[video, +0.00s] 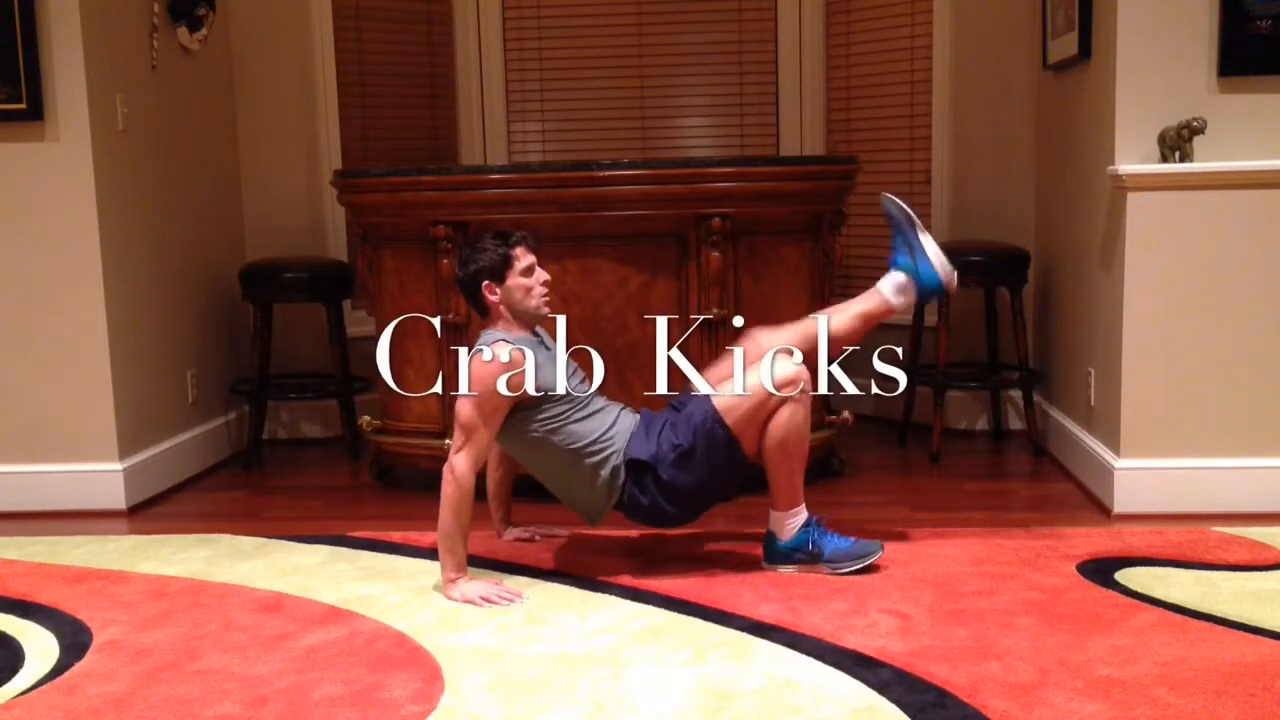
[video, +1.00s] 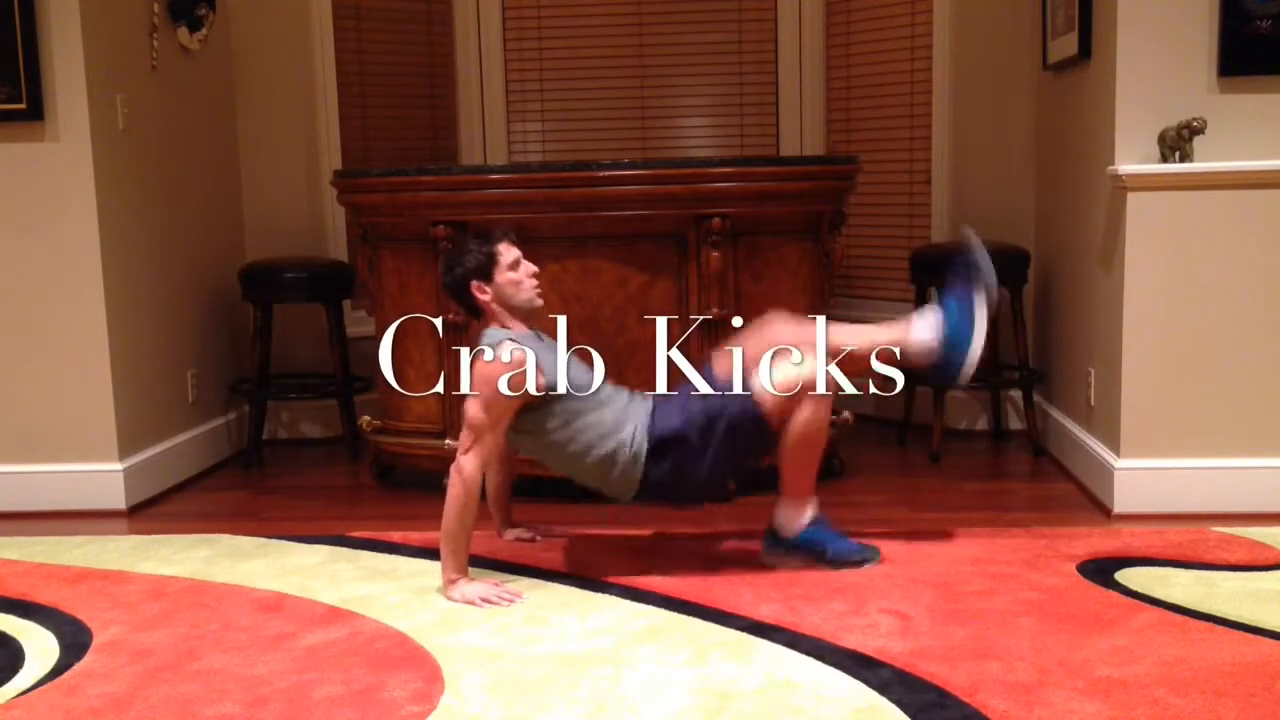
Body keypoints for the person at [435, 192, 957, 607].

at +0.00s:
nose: (545, 279)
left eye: (539, 268)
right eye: (529, 273)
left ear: (514, 288)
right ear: (494, 295)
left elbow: (504, 439)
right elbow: (458, 467)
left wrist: (500, 525)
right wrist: (452, 576)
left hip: (655, 434)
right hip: (648, 474)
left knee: (757, 343)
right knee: (786, 376)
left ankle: (898, 292)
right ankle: (790, 531)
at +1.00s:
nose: (531, 272)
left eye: (525, 262)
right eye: (515, 268)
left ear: (504, 285)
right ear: (484, 294)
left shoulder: (521, 342)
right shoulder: (499, 361)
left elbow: (497, 443)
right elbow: (465, 466)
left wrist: (499, 525)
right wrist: (452, 577)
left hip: (659, 417)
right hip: (652, 451)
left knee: (779, 327)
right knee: (809, 380)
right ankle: (793, 525)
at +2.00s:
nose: (526, 272)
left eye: (521, 262)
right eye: (511, 266)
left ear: (498, 282)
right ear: (478, 290)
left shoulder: (515, 340)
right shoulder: (492, 358)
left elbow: (498, 442)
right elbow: (463, 466)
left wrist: (501, 524)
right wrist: (452, 577)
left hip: (656, 407)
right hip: (651, 445)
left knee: (775, 313)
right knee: (806, 366)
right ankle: (789, 513)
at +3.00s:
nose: (514, 270)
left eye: (509, 261)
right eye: (498, 266)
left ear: (494, 279)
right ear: (466, 289)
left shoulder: (505, 337)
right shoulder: (484, 355)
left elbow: (493, 441)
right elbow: (456, 462)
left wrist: (501, 521)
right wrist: (450, 578)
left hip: (643, 416)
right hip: (636, 450)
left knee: (752, 316)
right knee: (783, 363)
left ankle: (901, 357)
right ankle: (787, 516)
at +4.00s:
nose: (505, 271)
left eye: (499, 262)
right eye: (489, 267)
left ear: (481, 283)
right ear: (456, 293)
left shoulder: (500, 338)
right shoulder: (478, 360)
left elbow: (488, 439)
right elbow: (450, 465)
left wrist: (501, 517)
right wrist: (448, 577)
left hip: (633, 428)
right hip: (626, 460)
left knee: (758, 341)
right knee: (767, 372)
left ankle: (905, 333)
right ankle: (762, 525)